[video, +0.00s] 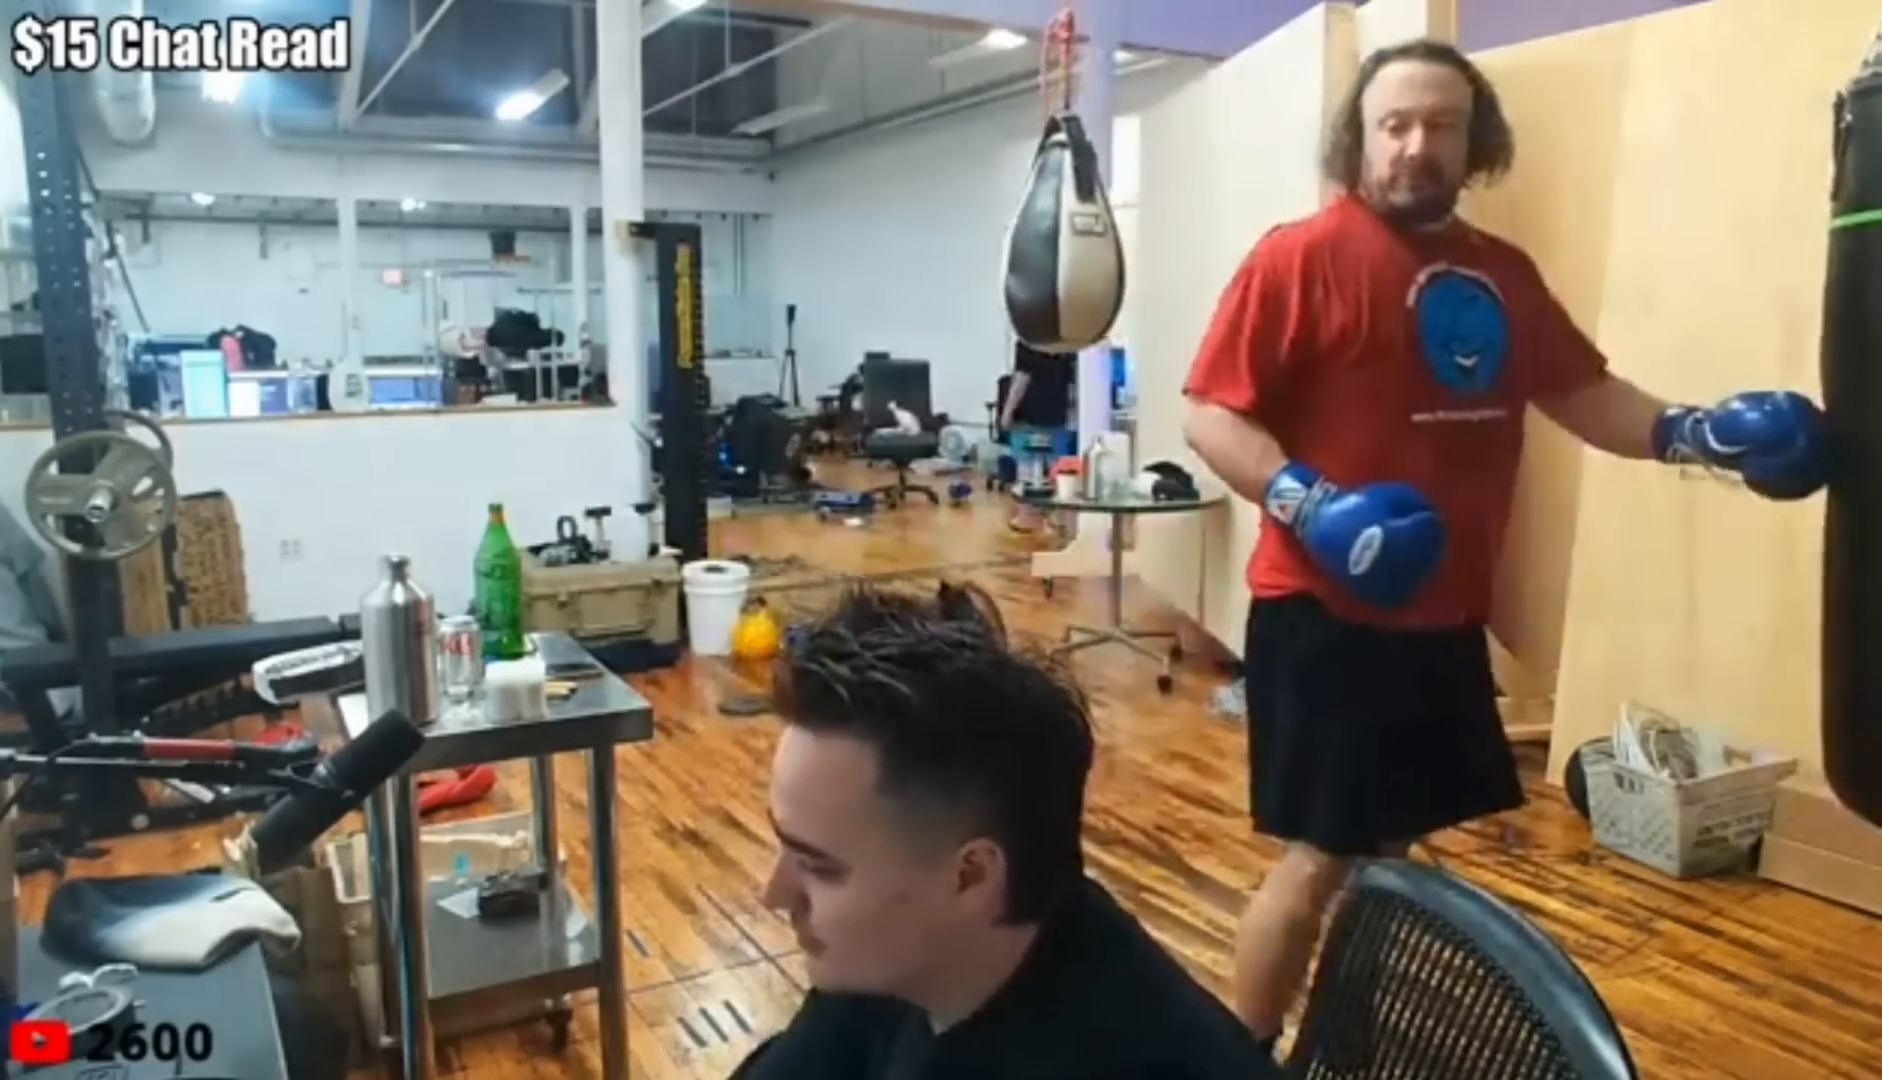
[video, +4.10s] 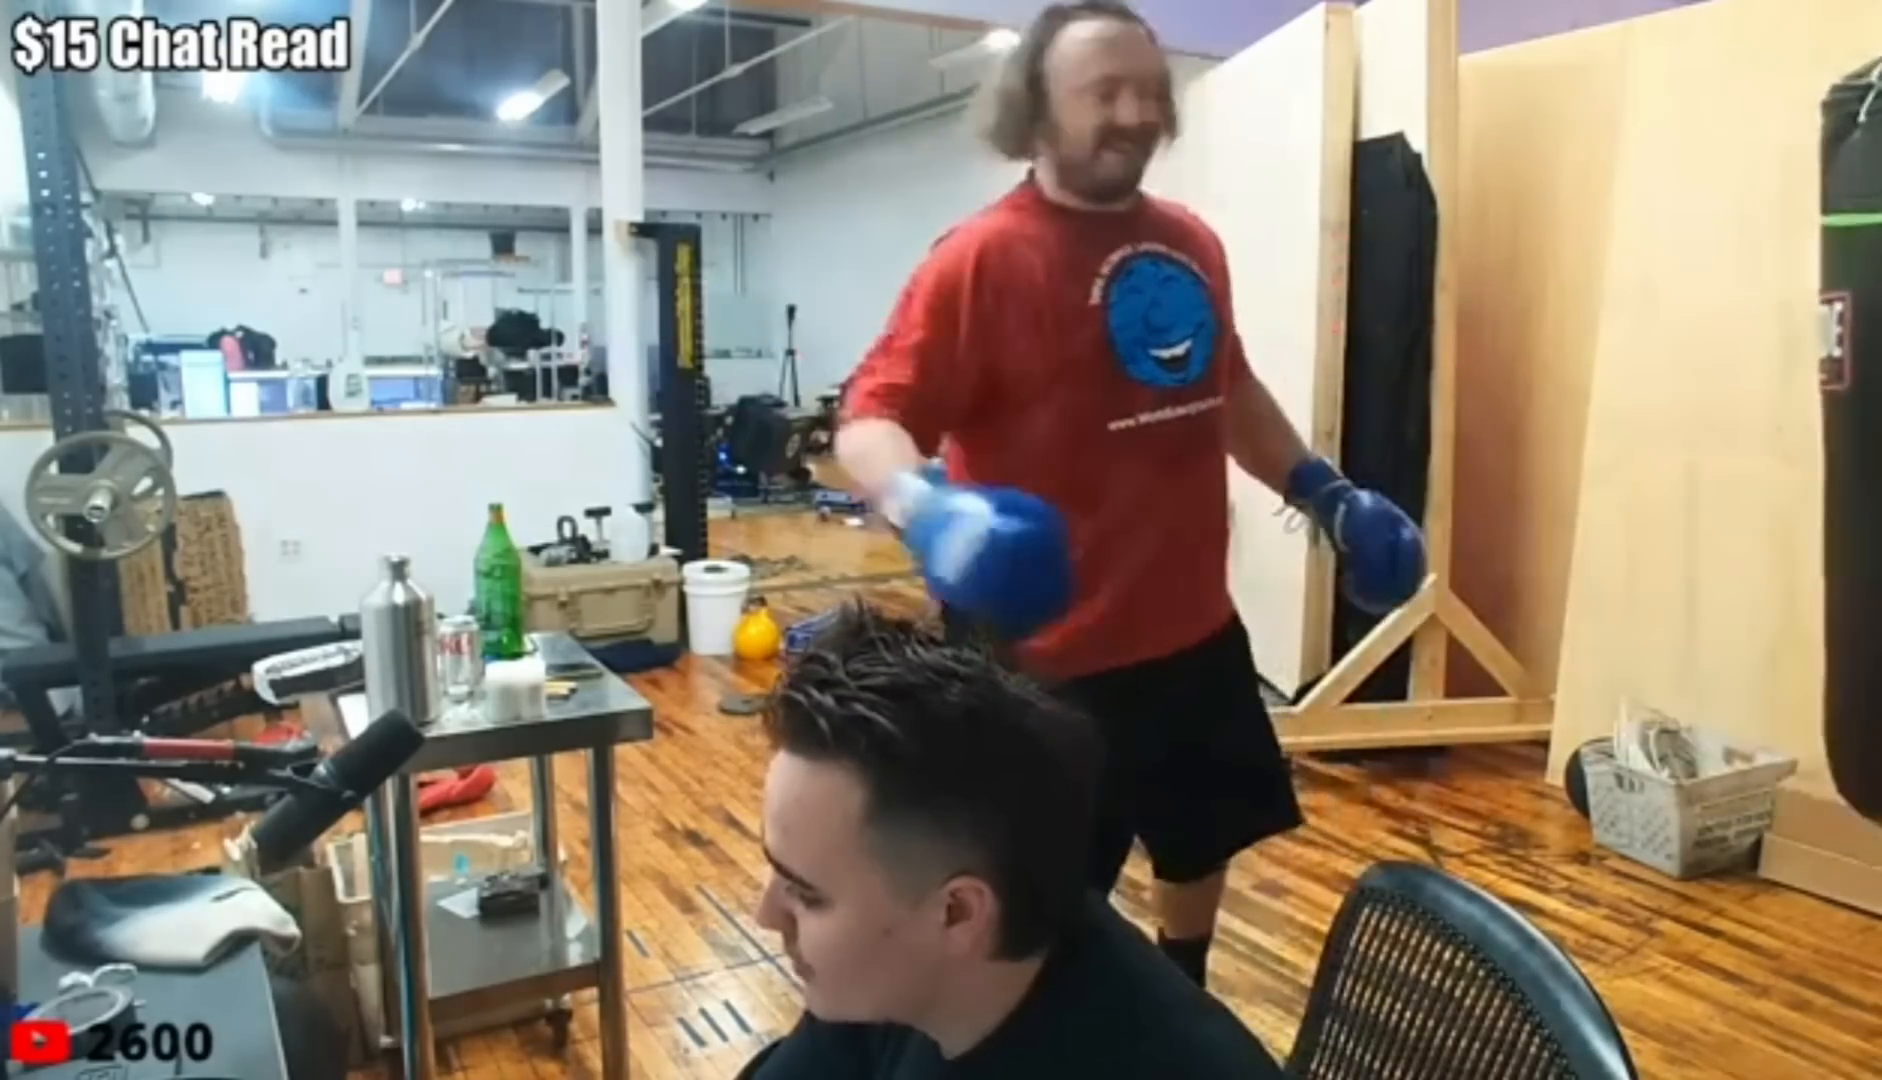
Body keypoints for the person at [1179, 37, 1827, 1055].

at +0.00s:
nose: (1415, 147)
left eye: (1441, 126)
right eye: (1394, 126)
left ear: (1474, 146)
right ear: (1357, 139)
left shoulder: (1500, 274)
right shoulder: (1295, 261)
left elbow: (1585, 394)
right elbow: (1209, 414)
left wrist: (1700, 431)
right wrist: (1307, 505)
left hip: (1442, 621)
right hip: (1320, 616)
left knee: (1386, 858)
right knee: (1314, 862)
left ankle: (1341, 1049)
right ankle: (1243, 1053)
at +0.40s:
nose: (1328, 151)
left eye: (1353, 129)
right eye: (1307, 130)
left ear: (1396, 146)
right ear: (1281, 146)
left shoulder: (1436, 272)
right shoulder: (1222, 267)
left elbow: (1464, 423)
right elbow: (1141, 422)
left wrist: (1554, 485)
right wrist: (1232, 497)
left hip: (1381, 628)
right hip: (1246, 626)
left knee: (1359, 848)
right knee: (1201, 850)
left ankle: (1339, 1037)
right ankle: (1141, 1034)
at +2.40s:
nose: (1255, 148)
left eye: (1280, 126)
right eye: (1234, 127)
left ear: (1325, 141)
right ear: (1208, 142)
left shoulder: (1387, 263)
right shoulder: (1155, 274)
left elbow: (1428, 415)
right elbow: (1078, 412)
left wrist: (1482, 556)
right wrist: (1100, 530)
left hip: (1357, 627)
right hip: (1204, 632)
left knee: (1402, 829)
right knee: (1196, 850)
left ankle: (1369, 1038)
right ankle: (1177, 1042)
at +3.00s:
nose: (1257, 128)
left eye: (1280, 102)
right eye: (1233, 112)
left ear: (1331, 122)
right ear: (1208, 140)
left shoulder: (1394, 259)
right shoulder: (1167, 271)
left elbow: (1450, 414)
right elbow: (1060, 389)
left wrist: (1540, 543)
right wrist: (957, 422)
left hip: (1362, 645)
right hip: (1214, 650)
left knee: (1339, 877)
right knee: (1198, 890)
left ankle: (1321, 1057)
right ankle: (1113, 1056)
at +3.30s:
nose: (1157, 130)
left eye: (1178, 104)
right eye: (1133, 118)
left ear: (1234, 117)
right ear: (1111, 149)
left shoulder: (1312, 252)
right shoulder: (1085, 277)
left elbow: (1380, 402)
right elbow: (962, 373)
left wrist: (1480, 521)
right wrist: (834, 341)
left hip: (1317, 657)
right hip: (1158, 676)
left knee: (1320, 889)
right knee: (1109, 925)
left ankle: (1313, 1062)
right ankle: (1096, 1077)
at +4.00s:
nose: (1073, 107)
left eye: (1092, 81)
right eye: (1041, 88)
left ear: (1126, 97)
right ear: (995, 120)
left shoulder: (1179, 236)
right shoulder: (946, 265)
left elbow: (1237, 384)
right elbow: (831, 377)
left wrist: (1343, 500)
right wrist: (839, 437)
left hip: (1188, 630)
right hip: (1034, 658)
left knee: (1217, 844)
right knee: (1064, 889)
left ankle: (1194, 1004)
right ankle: (1064, 1036)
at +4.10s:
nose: (1134, 114)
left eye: (1150, 93)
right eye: (1104, 92)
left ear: (1167, 108)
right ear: (1038, 109)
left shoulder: (1187, 244)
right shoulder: (978, 262)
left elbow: (1232, 394)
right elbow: (869, 421)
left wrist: (1331, 500)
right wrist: (928, 512)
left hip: (1190, 638)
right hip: (1044, 663)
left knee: (1199, 850)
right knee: (1052, 894)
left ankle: (1178, 1022)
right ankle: (1048, 1042)